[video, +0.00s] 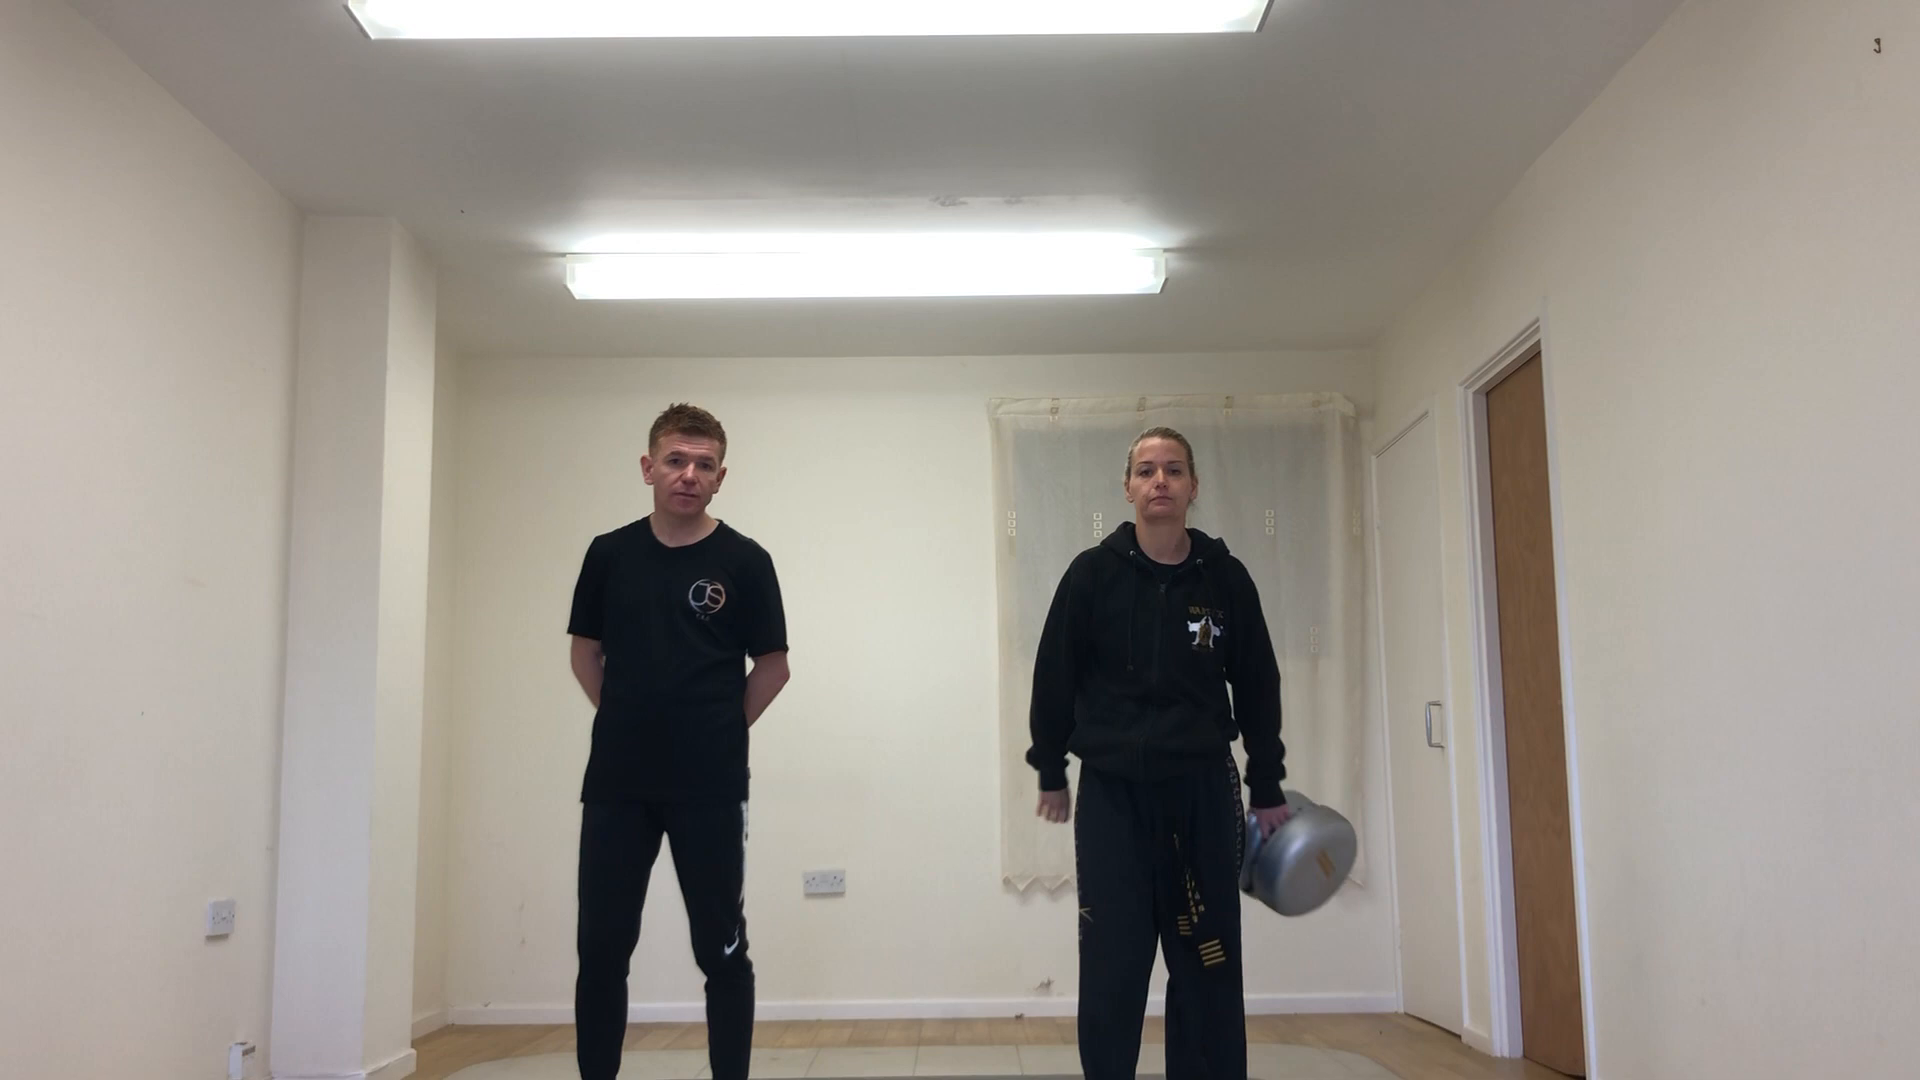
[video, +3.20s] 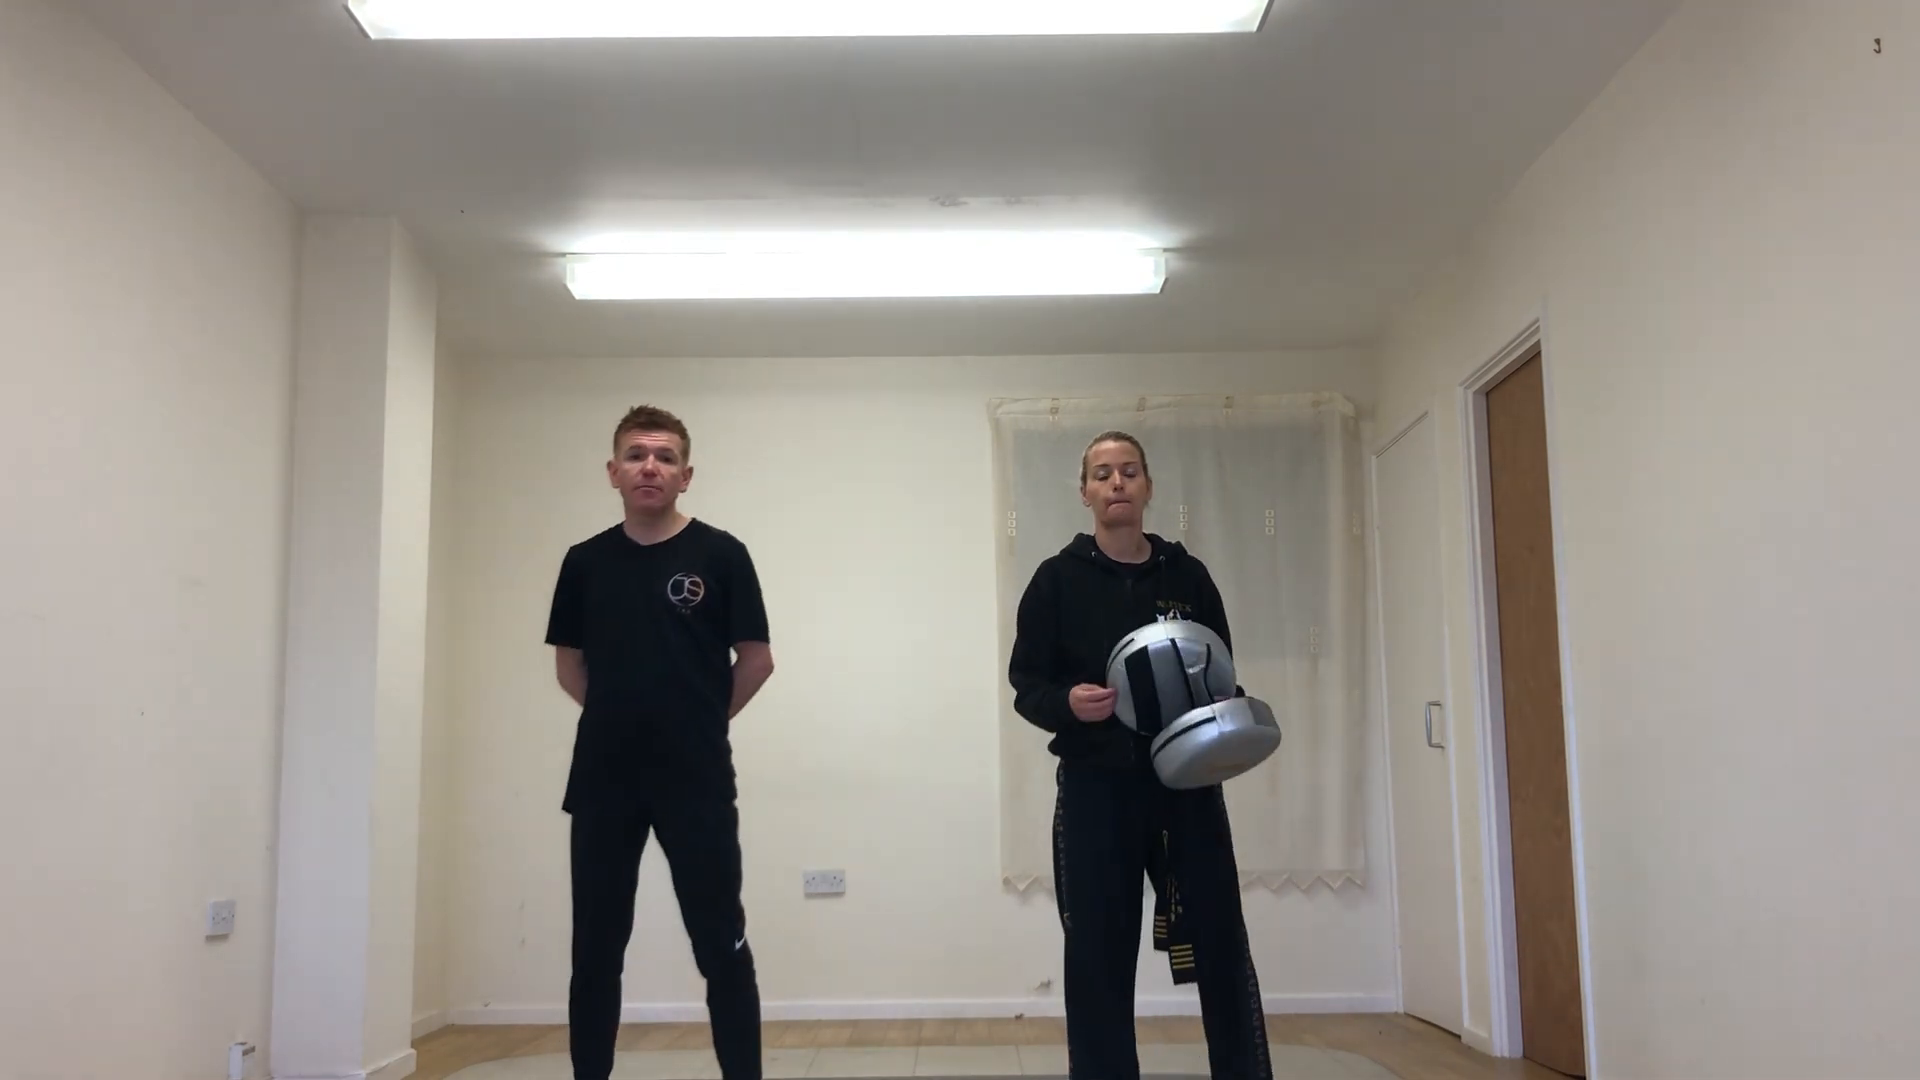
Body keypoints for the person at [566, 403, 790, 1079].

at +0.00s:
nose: (690, 475)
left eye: (704, 464)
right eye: (677, 461)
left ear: (719, 476)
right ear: (648, 468)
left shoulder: (746, 561)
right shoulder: (607, 553)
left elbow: (774, 665)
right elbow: (585, 658)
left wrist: (719, 725)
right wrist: (632, 717)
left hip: (708, 776)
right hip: (620, 773)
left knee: (722, 952)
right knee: (601, 953)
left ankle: (730, 1077)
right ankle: (596, 1076)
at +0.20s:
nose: (664, 477)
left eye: (679, 466)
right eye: (651, 463)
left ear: (695, 479)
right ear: (625, 470)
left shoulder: (726, 563)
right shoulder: (585, 555)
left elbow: (776, 658)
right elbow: (532, 641)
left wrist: (740, 754)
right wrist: (561, 739)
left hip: (689, 780)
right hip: (599, 778)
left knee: (709, 952)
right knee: (591, 955)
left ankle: (725, 1076)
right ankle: (590, 1077)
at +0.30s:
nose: (647, 474)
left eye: (663, 463)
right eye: (634, 461)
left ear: (680, 476)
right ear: (609, 470)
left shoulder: (712, 560)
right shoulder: (570, 555)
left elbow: (773, 651)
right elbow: (509, 633)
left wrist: (778, 757)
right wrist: (492, 735)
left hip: (675, 780)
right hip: (585, 779)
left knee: (694, 951)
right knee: (582, 957)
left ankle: (718, 1076)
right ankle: (586, 1077)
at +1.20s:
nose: (598, 542)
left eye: (614, 527)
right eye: (584, 526)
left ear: (640, 512)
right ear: (564, 511)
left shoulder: (682, 577)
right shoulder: (539, 568)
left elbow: (726, 674)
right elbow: (518, 662)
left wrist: (697, 779)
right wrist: (531, 764)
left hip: (651, 787)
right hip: (568, 786)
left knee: (644, 951)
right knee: (576, 952)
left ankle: (632, 1075)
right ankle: (583, 1074)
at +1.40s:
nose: (583, 632)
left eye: (599, 617)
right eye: (568, 616)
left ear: (628, 595)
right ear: (550, 595)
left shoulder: (670, 622)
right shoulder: (524, 629)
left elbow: (730, 695)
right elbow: (508, 692)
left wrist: (705, 789)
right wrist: (534, 775)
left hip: (659, 802)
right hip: (575, 801)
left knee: (650, 954)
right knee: (582, 953)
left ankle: (636, 1075)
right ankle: (583, 1074)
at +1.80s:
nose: (594, 531)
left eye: (608, 515)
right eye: (579, 515)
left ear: (634, 514)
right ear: (558, 516)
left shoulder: (678, 583)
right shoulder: (531, 582)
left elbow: (719, 676)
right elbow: (511, 672)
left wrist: (699, 780)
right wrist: (530, 771)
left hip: (654, 788)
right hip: (570, 787)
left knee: (647, 951)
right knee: (578, 952)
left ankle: (634, 1075)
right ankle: (583, 1075)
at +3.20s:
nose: (649, 467)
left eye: (664, 457)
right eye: (635, 455)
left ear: (685, 475)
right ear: (613, 470)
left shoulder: (721, 554)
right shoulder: (584, 560)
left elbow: (756, 661)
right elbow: (570, 670)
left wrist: (701, 717)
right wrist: (625, 712)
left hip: (694, 772)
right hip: (606, 774)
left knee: (721, 946)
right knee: (595, 949)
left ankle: (743, 1075)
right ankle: (589, 1075)